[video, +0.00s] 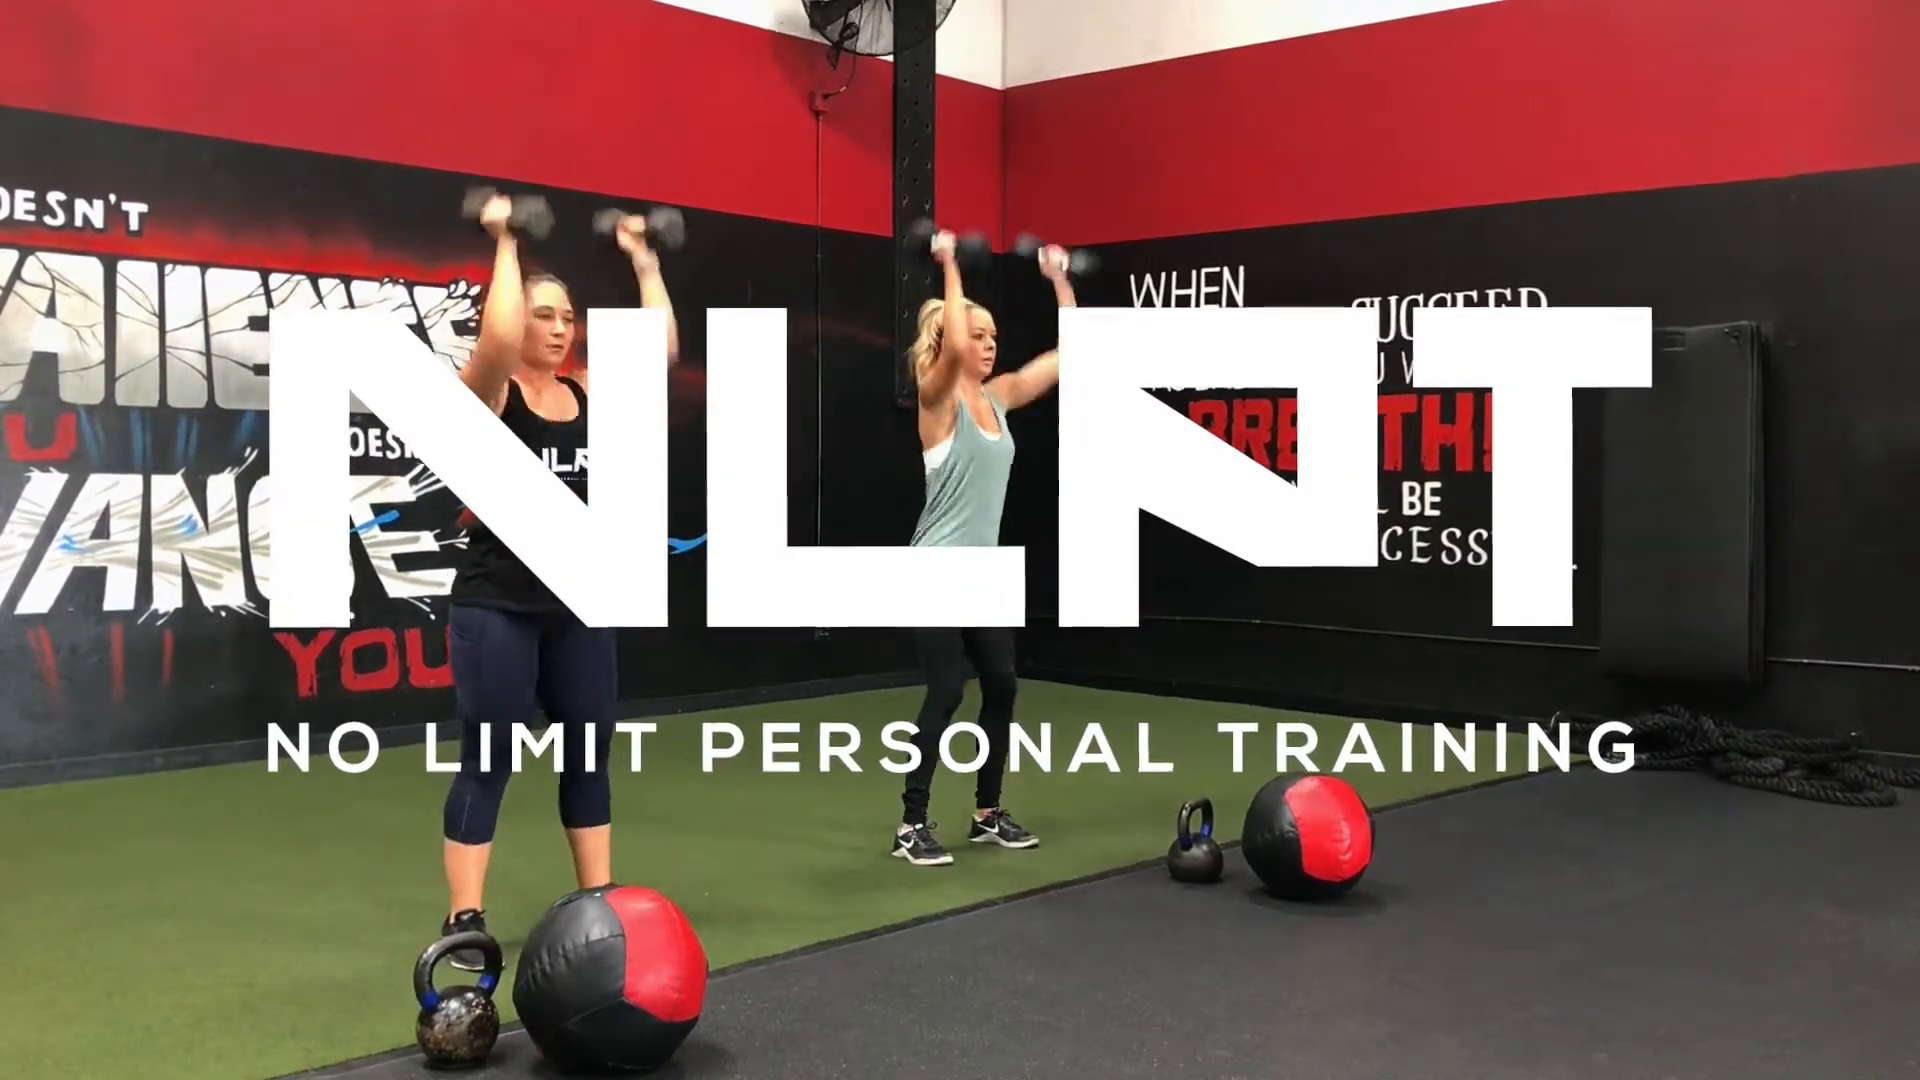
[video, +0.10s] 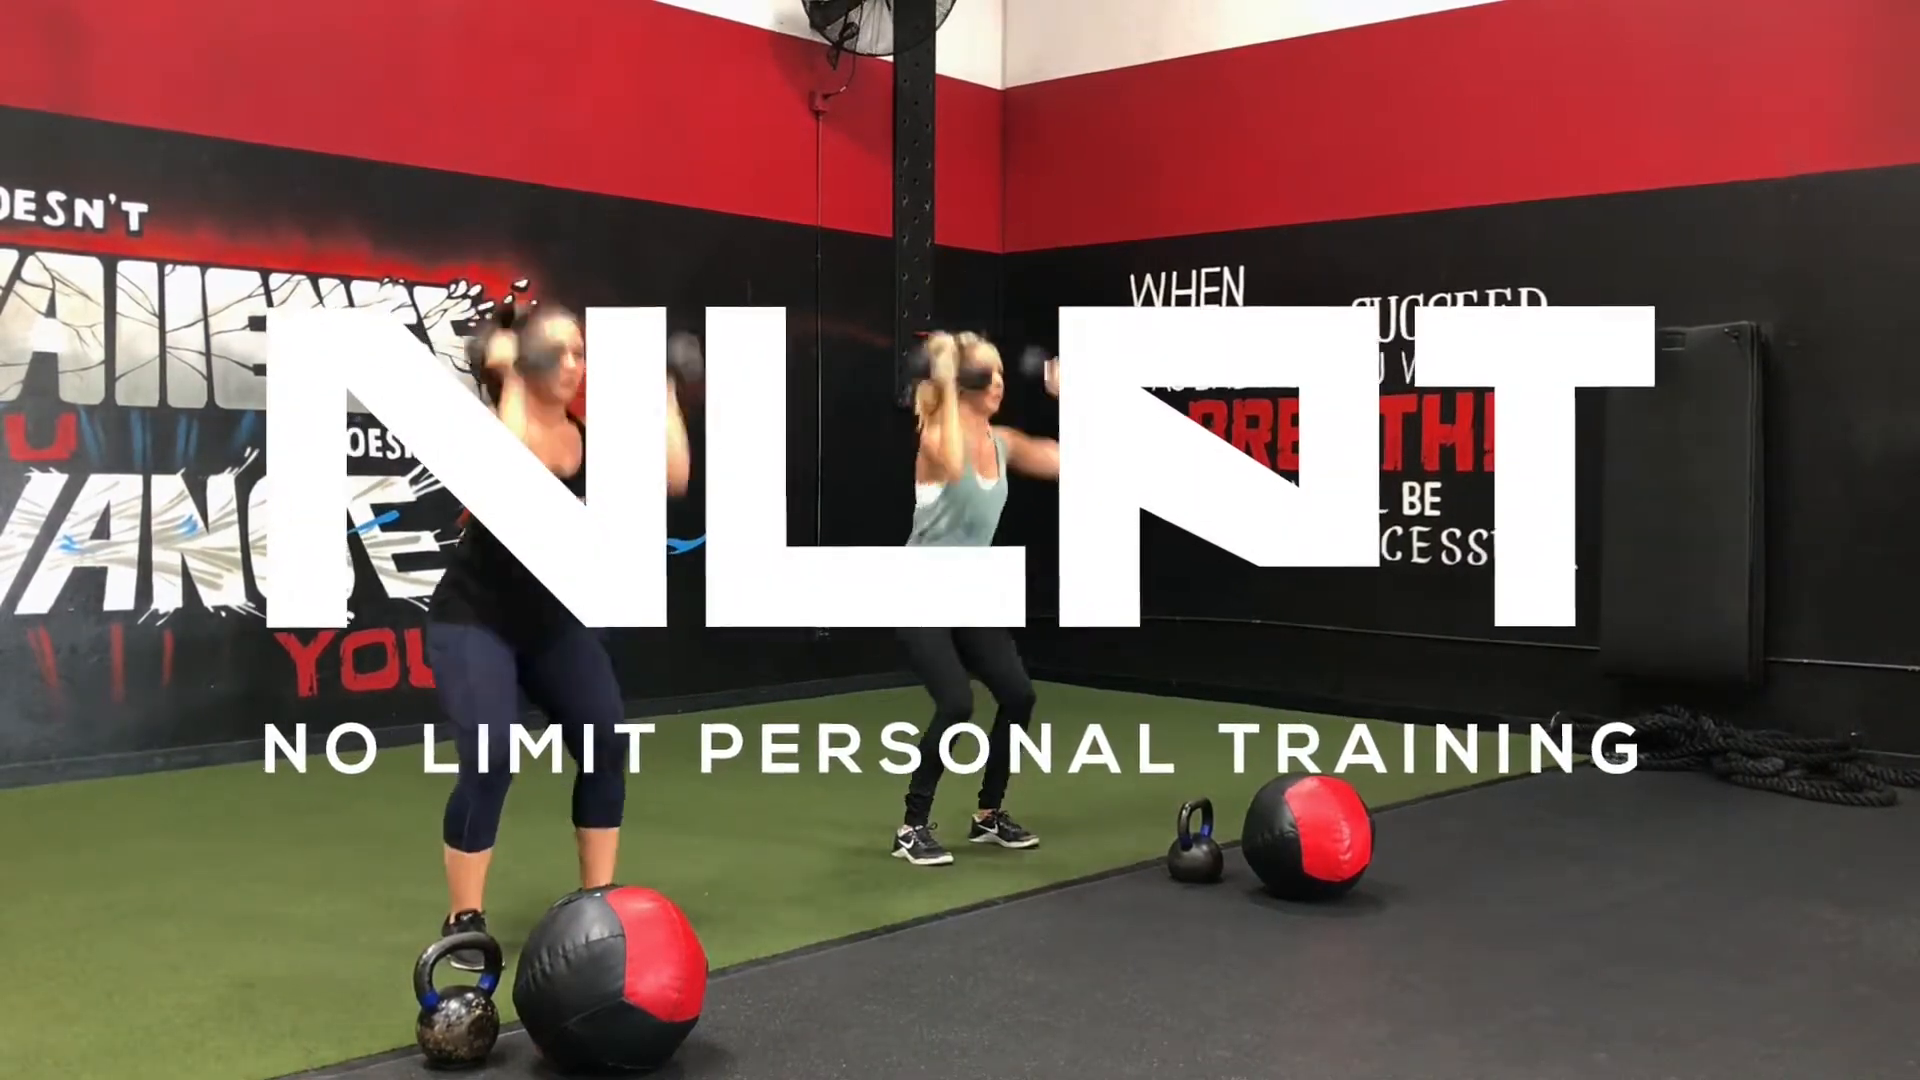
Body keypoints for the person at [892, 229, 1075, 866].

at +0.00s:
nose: (990, 344)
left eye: (992, 336)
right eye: (978, 335)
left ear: (993, 344)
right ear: (949, 344)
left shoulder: (998, 395)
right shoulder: (939, 401)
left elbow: (1069, 356)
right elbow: (956, 345)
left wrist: (1062, 285)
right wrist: (950, 267)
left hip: (990, 571)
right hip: (936, 570)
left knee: (1001, 686)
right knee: (946, 688)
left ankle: (989, 813)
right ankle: (914, 823)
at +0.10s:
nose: (1000, 387)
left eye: (1000, 378)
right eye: (990, 379)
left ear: (994, 387)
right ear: (964, 386)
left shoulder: (1003, 440)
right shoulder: (936, 435)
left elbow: (1066, 461)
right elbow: (952, 466)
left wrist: (1066, 398)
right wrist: (944, 390)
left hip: (973, 600)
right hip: (920, 600)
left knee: (1018, 694)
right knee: (956, 703)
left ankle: (988, 814)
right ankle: (914, 825)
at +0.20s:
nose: (1010, 452)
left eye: (1012, 442)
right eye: (999, 442)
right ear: (966, 450)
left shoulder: (1007, 510)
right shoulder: (943, 505)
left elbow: (1059, 581)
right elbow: (944, 576)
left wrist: (1059, 513)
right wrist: (949, 506)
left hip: (956, 644)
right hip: (903, 646)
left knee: (1034, 709)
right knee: (963, 722)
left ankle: (990, 816)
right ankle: (915, 829)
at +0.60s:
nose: (1003, 390)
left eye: (1004, 380)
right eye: (991, 380)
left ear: (1004, 387)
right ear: (959, 387)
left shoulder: (1006, 450)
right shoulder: (940, 446)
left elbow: (1063, 497)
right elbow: (956, 508)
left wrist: (1060, 438)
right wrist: (944, 429)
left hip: (974, 604)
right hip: (919, 604)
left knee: (1025, 700)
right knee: (951, 709)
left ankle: (989, 814)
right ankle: (913, 827)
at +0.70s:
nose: (984, 340)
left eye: (989, 332)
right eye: (973, 331)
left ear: (993, 344)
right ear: (944, 338)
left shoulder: (998, 399)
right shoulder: (933, 403)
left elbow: (1074, 375)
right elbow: (937, 361)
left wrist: (1061, 310)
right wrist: (944, 289)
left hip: (988, 572)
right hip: (932, 572)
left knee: (992, 689)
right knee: (937, 689)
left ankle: (987, 813)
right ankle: (913, 825)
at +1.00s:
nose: (988, 360)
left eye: (991, 351)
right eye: (975, 351)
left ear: (995, 357)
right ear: (948, 359)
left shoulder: (999, 417)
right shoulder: (936, 420)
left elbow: (1074, 418)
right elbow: (942, 403)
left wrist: (1059, 354)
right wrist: (936, 332)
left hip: (976, 583)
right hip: (925, 583)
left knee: (1007, 689)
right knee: (950, 694)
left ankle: (988, 814)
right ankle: (914, 826)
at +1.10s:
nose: (1004, 417)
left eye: (1005, 408)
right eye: (992, 408)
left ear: (1005, 416)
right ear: (960, 416)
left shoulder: (1006, 480)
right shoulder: (942, 473)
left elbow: (1061, 543)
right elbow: (939, 546)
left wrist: (1053, 476)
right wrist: (938, 458)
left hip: (962, 619)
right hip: (907, 618)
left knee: (1027, 702)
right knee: (957, 710)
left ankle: (989, 815)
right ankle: (915, 828)